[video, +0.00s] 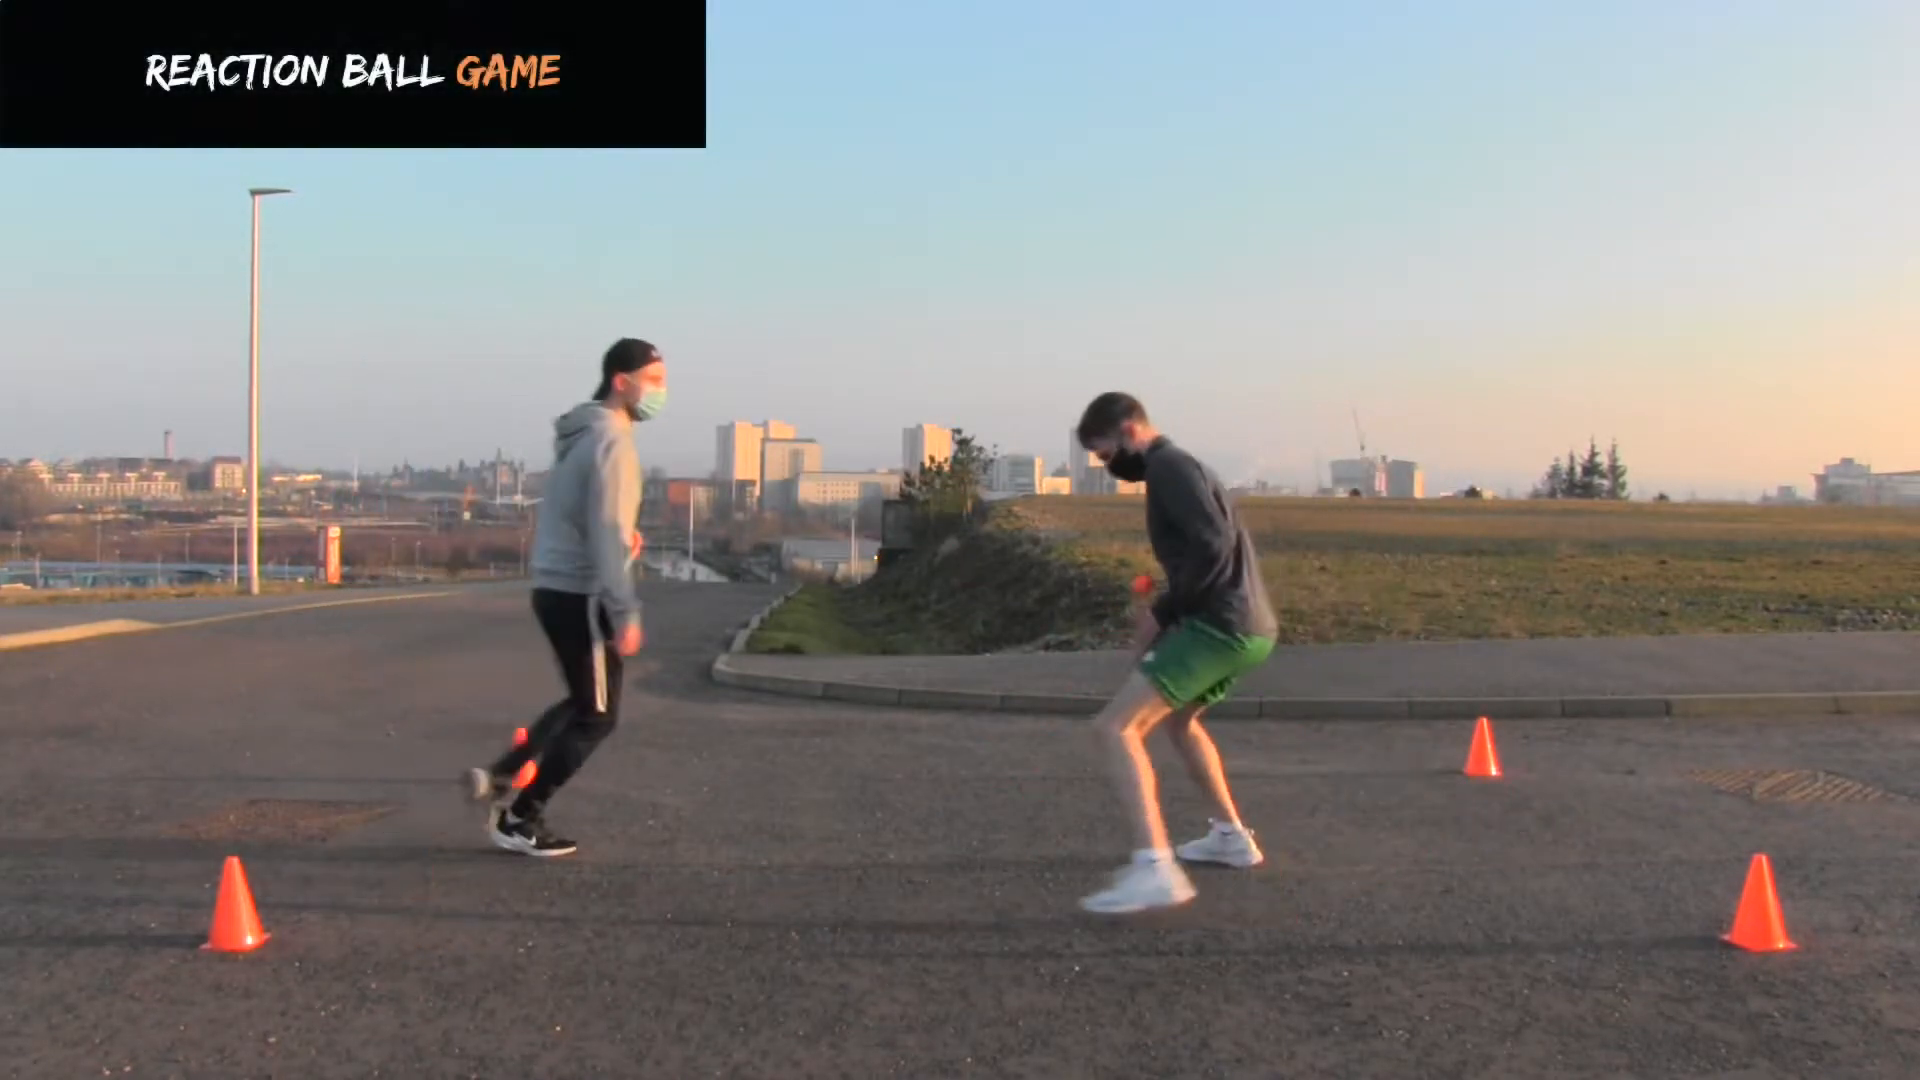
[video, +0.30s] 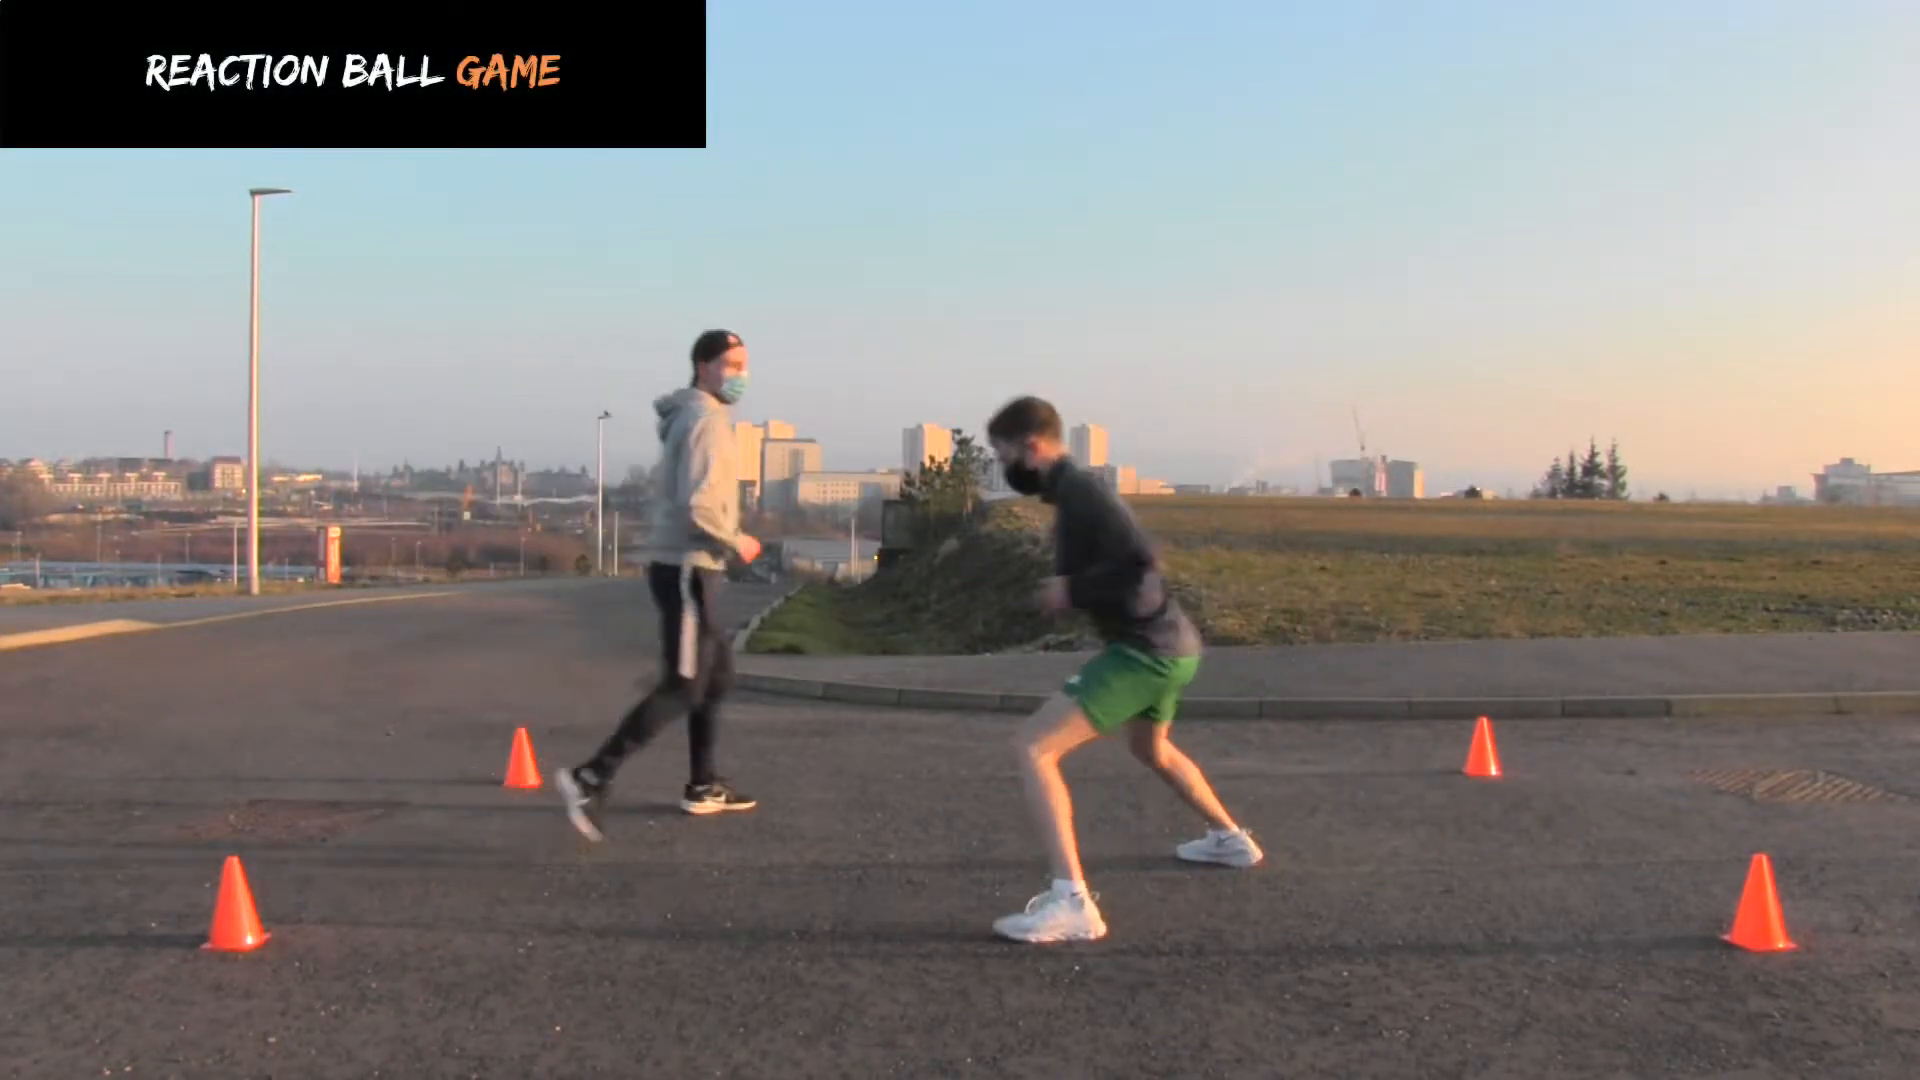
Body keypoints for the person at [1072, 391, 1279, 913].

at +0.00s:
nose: (1100, 462)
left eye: (1102, 449)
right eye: (1095, 454)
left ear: (1131, 429)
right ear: (1132, 431)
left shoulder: (1168, 467)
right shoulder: (1177, 464)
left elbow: (1213, 547)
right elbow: (1212, 555)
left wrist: (1161, 609)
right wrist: (1165, 595)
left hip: (1221, 625)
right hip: (1250, 626)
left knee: (1117, 728)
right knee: (1180, 720)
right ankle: (1231, 833)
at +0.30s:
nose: (1003, 465)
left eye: (1006, 452)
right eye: (999, 454)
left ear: (1036, 444)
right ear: (1045, 445)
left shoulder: (1080, 490)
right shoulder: (1076, 491)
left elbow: (1138, 563)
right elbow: (1119, 565)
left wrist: (1071, 590)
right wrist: (1069, 589)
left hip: (1145, 651)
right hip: (1173, 647)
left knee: (1035, 750)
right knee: (1151, 745)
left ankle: (1072, 899)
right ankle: (1232, 837)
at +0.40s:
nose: (957, 428)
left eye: (958, 415)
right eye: (954, 417)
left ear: (982, 407)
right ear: (1005, 403)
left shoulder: (1018, 459)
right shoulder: (1040, 454)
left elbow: (1031, 552)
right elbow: (1050, 543)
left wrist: (984, 577)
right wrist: (993, 569)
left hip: (1082, 632)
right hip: (1116, 624)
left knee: (997, 758)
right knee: (1103, 736)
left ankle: (1066, 897)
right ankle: (1194, 829)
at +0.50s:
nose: (928, 389)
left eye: (928, 378)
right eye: (927, 378)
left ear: (945, 373)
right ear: (983, 368)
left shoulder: (973, 423)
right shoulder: (1024, 423)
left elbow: (979, 521)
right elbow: (1068, 500)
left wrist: (941, 550)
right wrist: (1012, 529)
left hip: (1039, 609)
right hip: (1081, 604)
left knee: (981, 754)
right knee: (1053, 718)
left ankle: (1060, 886)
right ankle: (1122, 837)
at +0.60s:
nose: (890, 352)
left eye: (890, 342)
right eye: (892, 343)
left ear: (901, 340)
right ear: (948, 334)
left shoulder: (908, 394)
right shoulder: (998, 396)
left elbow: (908, 481)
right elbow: (1034, 486)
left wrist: (891, 536)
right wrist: (995, 522)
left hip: (963, 579)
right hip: (1023, 576)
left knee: (935, 727)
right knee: (978, 721)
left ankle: (1013, 859)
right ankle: (969, 858)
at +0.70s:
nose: (894, 350)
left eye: (873, 344)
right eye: (918, 335)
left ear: (872, 345)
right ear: (925, 341)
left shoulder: (868, 399)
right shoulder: (973, 405)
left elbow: (857, 481)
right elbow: (1004, 499)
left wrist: (862, 525)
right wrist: (973, 548)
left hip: (911, 581)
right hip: (977, 582)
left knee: (882, 735)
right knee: (921, 736)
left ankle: (958, 862)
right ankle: (889, 889)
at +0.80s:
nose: (887, 364)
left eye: (830, 363)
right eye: (891, 354)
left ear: (833, 360)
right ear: (890, 357)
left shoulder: (814, 413)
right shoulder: (926, 425)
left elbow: (783, 501)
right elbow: (959, 518)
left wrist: (815, 536)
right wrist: (987, 568)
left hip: (836, 612)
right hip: (908, 615)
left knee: (807, 746)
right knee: (879, 755)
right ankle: (880, 907)